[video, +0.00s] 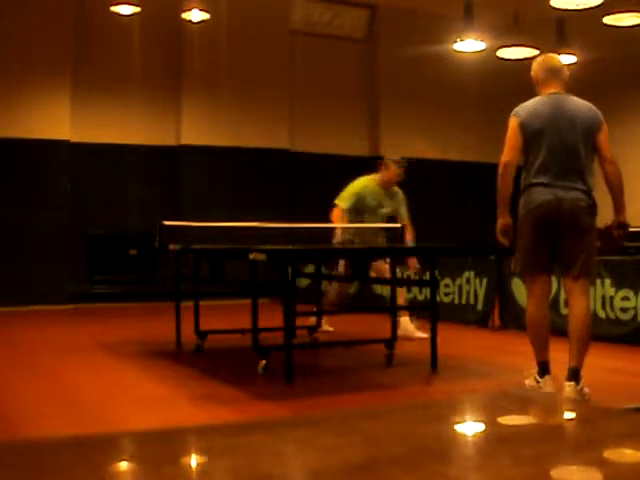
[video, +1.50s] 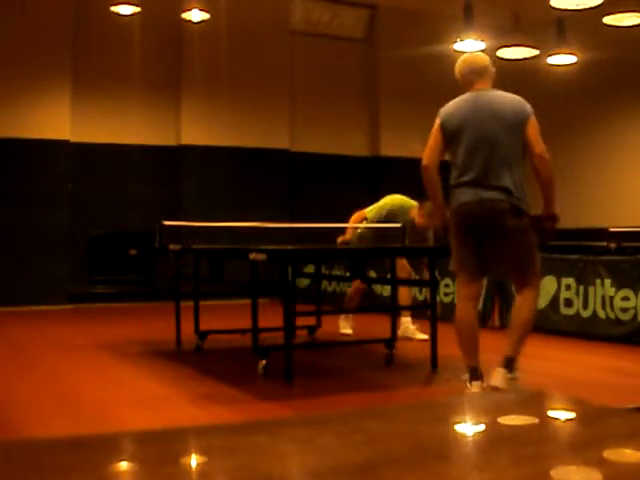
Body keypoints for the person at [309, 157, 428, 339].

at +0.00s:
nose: (396, 180)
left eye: (398, 176)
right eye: (394, 175)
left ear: (398, 176)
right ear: (383, 169)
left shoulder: (396, 194)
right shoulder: (362, 185)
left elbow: (406, 226)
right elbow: (338, 211)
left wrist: (409, 253)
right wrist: (340, 239)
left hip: (376, 247)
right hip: (351, 246)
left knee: (397, 279)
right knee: (340, 282)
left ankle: (403, 322)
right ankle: (318, 318)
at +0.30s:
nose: (435, 233)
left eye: (438, 231)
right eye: (436, 229)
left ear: (441, 229)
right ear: (432, 219)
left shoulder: (434, 237)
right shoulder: (404, 211)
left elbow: (439, 274)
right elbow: (364, 214)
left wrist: (443, 304)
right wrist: (350, 235)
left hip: (395, 249)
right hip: (369, 242)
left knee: (412, 273)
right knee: (352, 277)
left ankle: (407, 323)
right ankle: (328, 309)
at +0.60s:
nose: (431, 247)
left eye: (435, 247)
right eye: (432, 244)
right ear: (431, 233)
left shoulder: (430, 244)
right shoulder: (410, 216)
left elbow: (437, 280)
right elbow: (370, 216)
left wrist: (439, 313)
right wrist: (351, 236)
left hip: (394, 248)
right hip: (371, 240)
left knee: (415, 269)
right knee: (361, 264)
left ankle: (407, 323)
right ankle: (341, 293)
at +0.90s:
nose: (426, 233)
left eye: (429, 230)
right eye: (425, 228)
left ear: (435, 228)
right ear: (420, 216)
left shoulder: (429, 235)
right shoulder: (400, 204)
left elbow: (430, 260)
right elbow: (361, 214)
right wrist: (350, 235)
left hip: (398, 244)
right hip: (372, 237)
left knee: (412, 275)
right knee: (365, 277)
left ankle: (406, 323)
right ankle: (349, 314)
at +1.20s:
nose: (421, 251)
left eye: (424, 251)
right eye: (422, 248)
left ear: (424, 244)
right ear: (422, 239)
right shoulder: (402, 224)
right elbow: (363, 218)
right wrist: (350, 236)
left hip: (385, 250)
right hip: (362, 245)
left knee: (405, 278)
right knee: (360, 284)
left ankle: (405, 323)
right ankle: (346, 318)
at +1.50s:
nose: (424, 227)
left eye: (428, 225)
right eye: (424, 222)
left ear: (431, 221)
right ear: (420, 212)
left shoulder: (425, 230)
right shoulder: (394, 203)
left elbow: (425, 257)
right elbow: (358, 216)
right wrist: (348, 236)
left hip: (390, 246)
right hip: (365, 240)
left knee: (405, 274)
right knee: (361, 282)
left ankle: (406, 323)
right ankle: (345, 317)